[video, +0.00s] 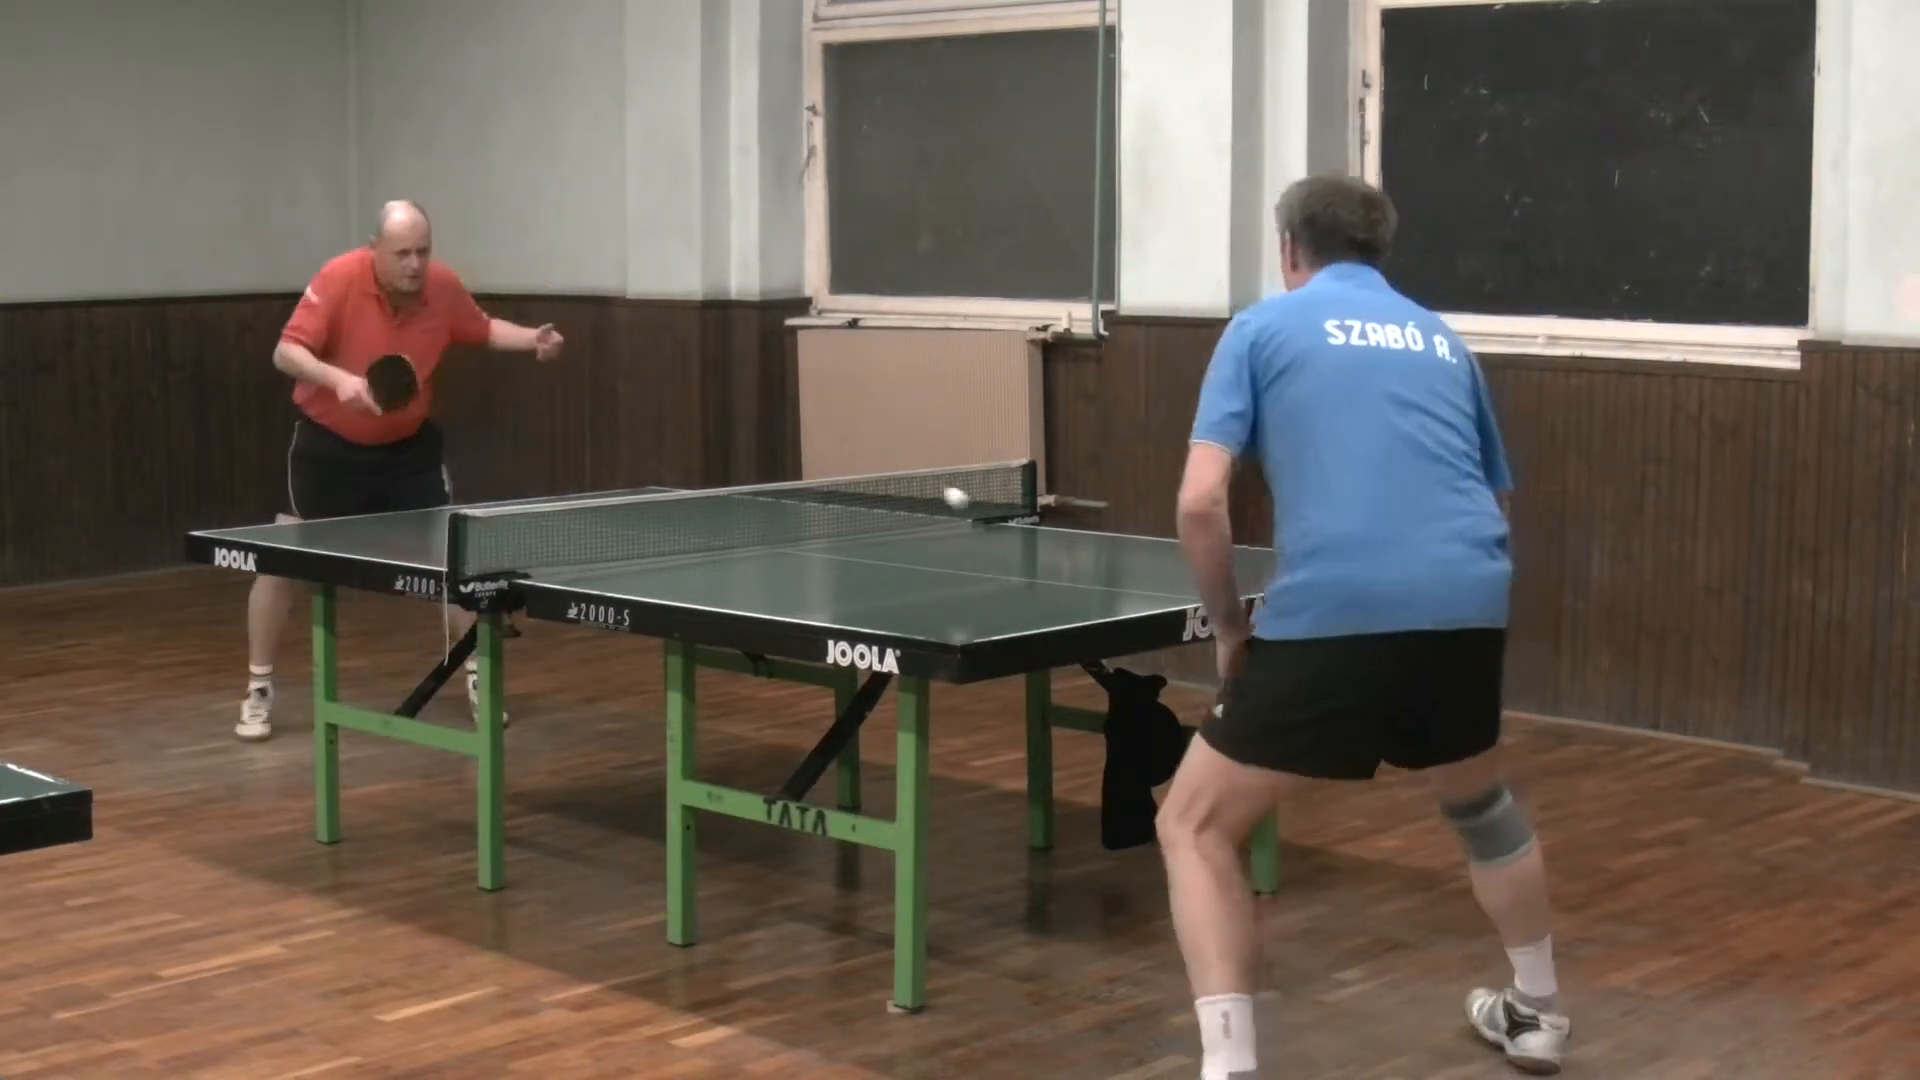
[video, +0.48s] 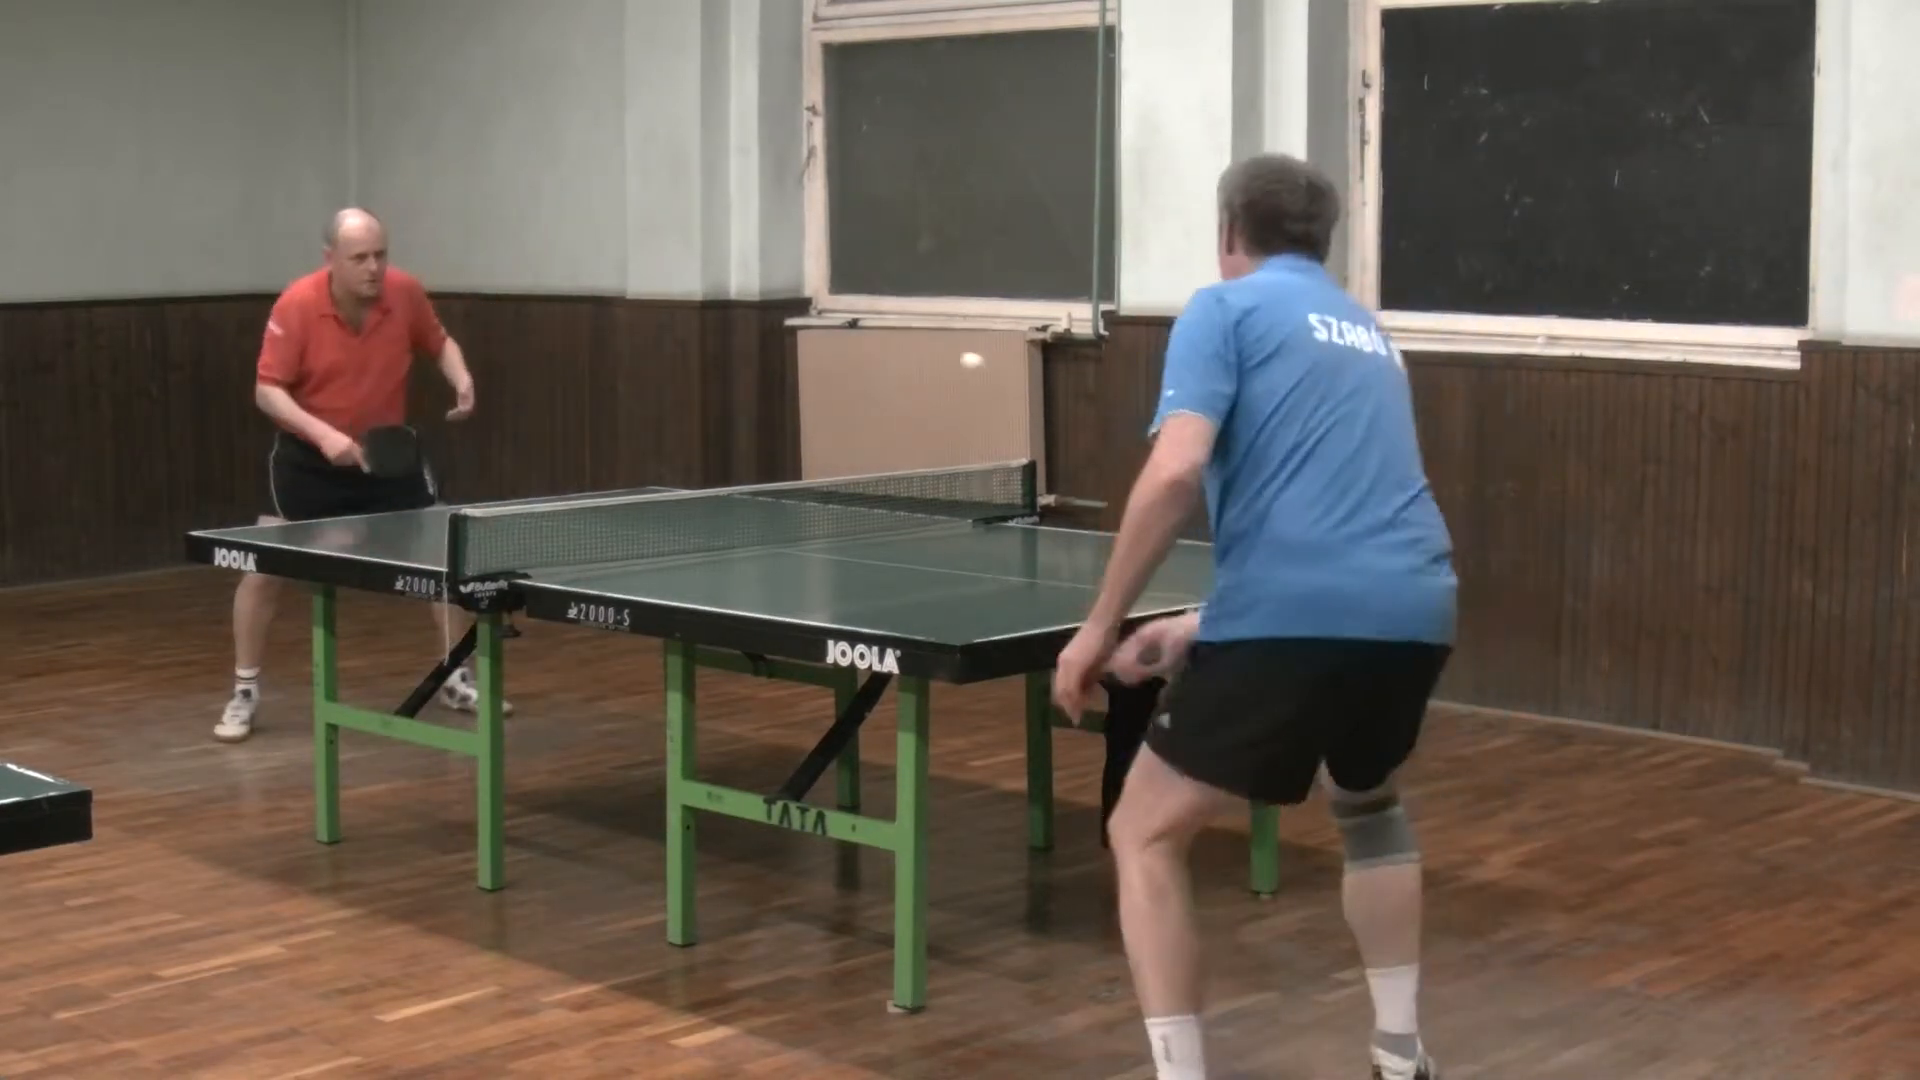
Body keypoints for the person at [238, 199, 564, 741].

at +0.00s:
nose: (414, 264)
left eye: (422, 252)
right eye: (403, 254)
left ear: (431, 248)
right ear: (375, 250)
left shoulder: (444, 287)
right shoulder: (341, 278)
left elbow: (481, 327)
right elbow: (286, 351)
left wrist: (531, 339)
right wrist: (337, 378)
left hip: (411, 447)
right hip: (329, 447)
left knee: (453, 564)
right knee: (283, 560)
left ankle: (479, 683)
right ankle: (259, 688)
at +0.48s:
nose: (373, 267)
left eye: (380, 256)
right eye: (360, 258)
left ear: (387, 253)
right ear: (331, 259)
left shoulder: (405, 293)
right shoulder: (298, 304)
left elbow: (439, 343)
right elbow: (268, 391)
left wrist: (462, 380)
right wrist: (322, 434)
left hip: (392, 456)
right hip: (310, 460)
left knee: (446, 555)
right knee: (266, 563)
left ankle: (460, 675)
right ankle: (244, 690)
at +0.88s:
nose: (409, 292)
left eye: (412, 281)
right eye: (398, 281)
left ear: (415, 275)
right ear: (362, 273)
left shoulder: (408, 308)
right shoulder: (318, 308)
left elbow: (412, 363)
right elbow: (285, 401)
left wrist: (436, 407)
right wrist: (369, 433)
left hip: (378, 458)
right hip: (304, 459)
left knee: (441, 552)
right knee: (268, 566)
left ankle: (459, 676)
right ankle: (240, 691)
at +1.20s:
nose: (428, 287)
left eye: (431, 277)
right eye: (422, 275)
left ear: (396, 264)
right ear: (386, 261)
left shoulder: (383, 296)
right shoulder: (338, 290)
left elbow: (364, 369)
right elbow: (347, 376)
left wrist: (388, 407)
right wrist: (412, 372)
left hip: (362, 440)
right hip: (297, 439)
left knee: (418, 539)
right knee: (278, 559)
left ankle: (439, 671)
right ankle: (241, 689)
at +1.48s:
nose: (423, 264)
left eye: (426, 253)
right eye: (413, 254)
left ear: (423, 251)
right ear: (377, 249)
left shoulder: (398, 296)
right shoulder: (340, 281)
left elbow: (384, 360)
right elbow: (310, 319)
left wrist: (407, 404)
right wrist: (366, 339)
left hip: (366, 443)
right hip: (298, 439)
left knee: (418, 545)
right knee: (262, 556)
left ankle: (438, 674)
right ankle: (224, 675)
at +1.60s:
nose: (390, 254)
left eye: (393, 243)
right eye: (378, 245)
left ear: (393, 243)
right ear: (344, 245)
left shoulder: (371, 292)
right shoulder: (309, 285)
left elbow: (359, 361)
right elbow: (255, 333)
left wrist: (389, 414)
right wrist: (318, 346)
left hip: (351, 444)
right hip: (286, 445)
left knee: (409, 545)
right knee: (262, 563)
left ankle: (437, 671)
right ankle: (217, 650)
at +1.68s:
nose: (356, 249)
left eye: (359, 239)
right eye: (343, 241)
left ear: (360, 241)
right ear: (310, 243)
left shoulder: (344, 292)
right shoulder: (276, 289)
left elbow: (333, 365)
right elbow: (224, 344)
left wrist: (359, 415)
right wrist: (289, 360)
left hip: (336, 446)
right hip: (270, 449)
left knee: (393, 545)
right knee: (244, 570)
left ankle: (434, 667)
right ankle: (219, 656)